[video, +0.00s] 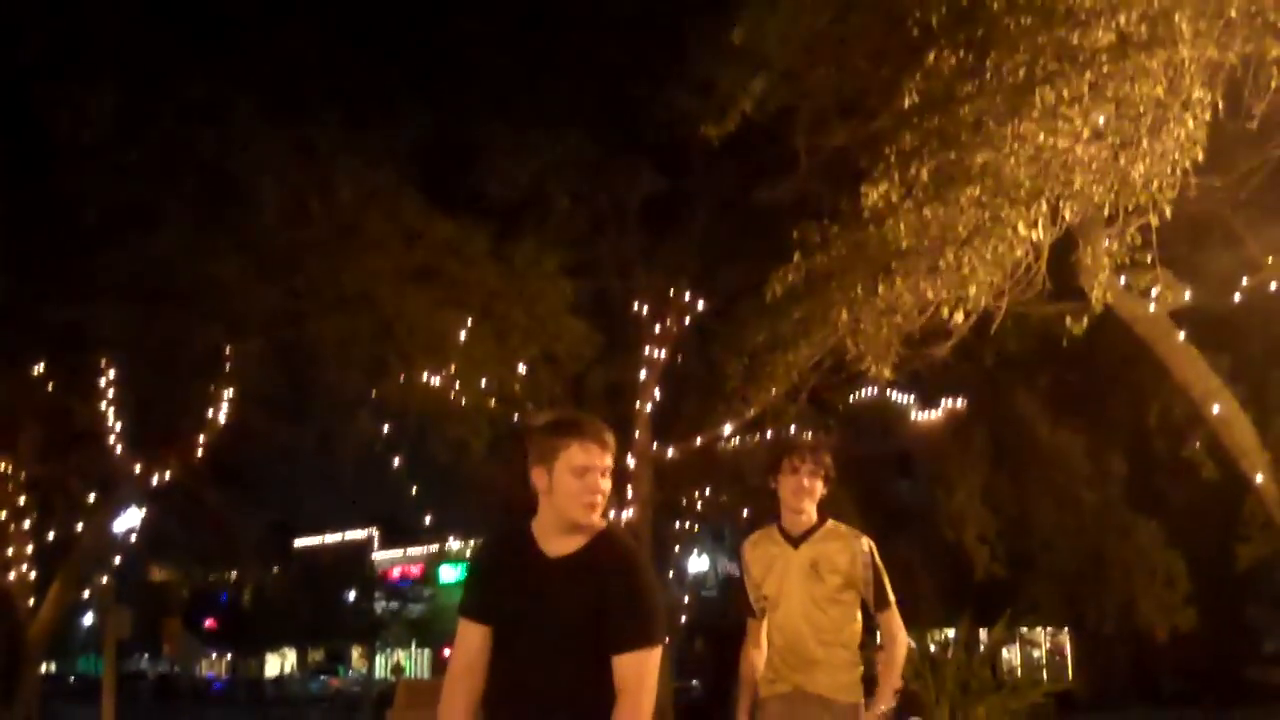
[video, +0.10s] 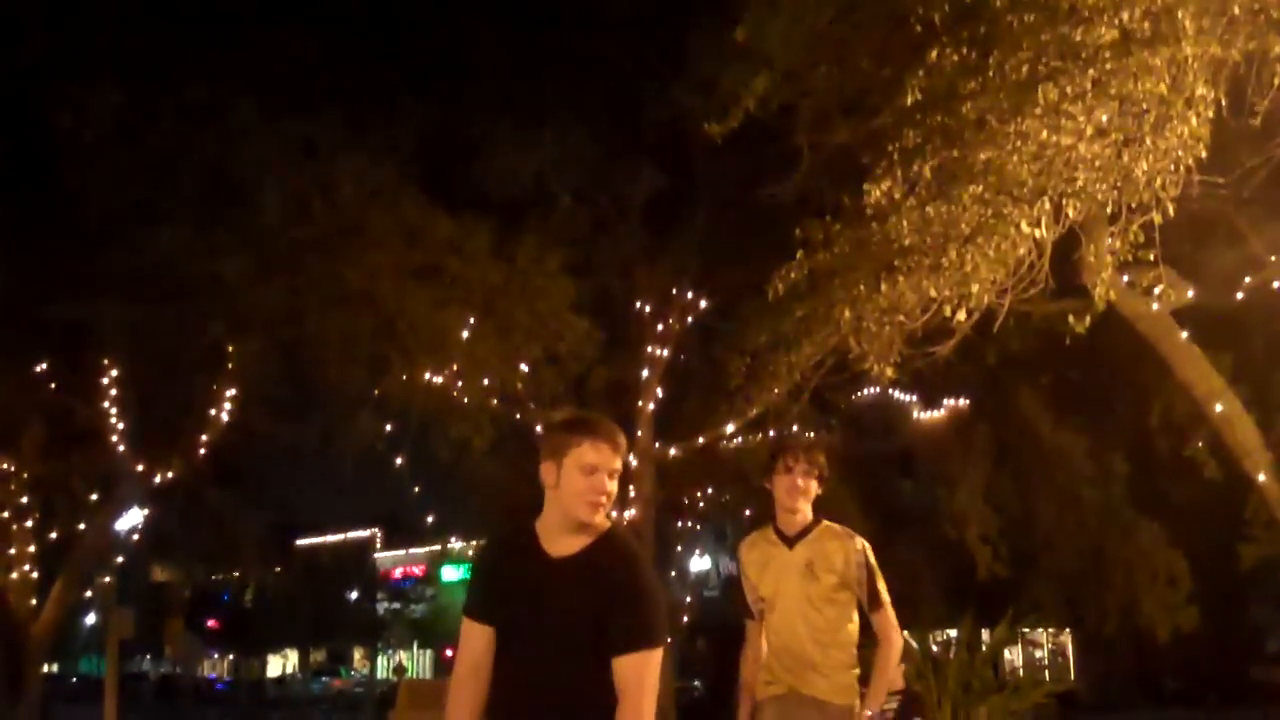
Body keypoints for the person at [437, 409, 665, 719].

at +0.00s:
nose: (599, 486)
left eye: (605, 473)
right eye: (581, 472)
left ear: (612, 478)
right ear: (540, 478)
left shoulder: (624, 567)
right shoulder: (498, 555)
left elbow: (636, 699)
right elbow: (465, 672)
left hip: (588, 711)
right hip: (506, 711)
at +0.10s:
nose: (605, 486)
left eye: (613, 475)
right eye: (590, 471)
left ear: (620, 481)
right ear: (549, 473)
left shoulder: (627, 571)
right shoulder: (501, 556)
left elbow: (637, 704)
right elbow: (470, 674)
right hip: (508, 711)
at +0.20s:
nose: (606, 487)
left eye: (614, 476)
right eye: (591, 470)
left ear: (620, 482)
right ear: (550, 470)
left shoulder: (623, 569)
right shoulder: (498, 557)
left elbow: (631, 700)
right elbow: (468, 675)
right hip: (505, 711)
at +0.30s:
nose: (601, 483)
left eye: (608, 473)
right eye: (586, 466)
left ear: (613, 481)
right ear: (543, 469)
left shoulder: (617, 564)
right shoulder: (489, 558)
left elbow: (628, 694)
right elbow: (463, 673)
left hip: (584, 712)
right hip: (500, 712)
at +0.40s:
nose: (589, 480)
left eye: (596, 470)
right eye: (573, 463)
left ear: (602, 479)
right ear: (530, 469)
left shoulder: (610, 558)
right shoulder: (483, 555)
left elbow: (623, 689)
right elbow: (454, 675)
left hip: (579, 711)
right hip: (494, 712)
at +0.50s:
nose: (574, 478)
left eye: (580, 466)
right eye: (558, 462)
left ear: (586, 473)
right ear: (514, 468)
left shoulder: (601, 558)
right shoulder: (467, 563)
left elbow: (618, 675)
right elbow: (447, 680)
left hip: (575, 711)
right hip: (490, 712)